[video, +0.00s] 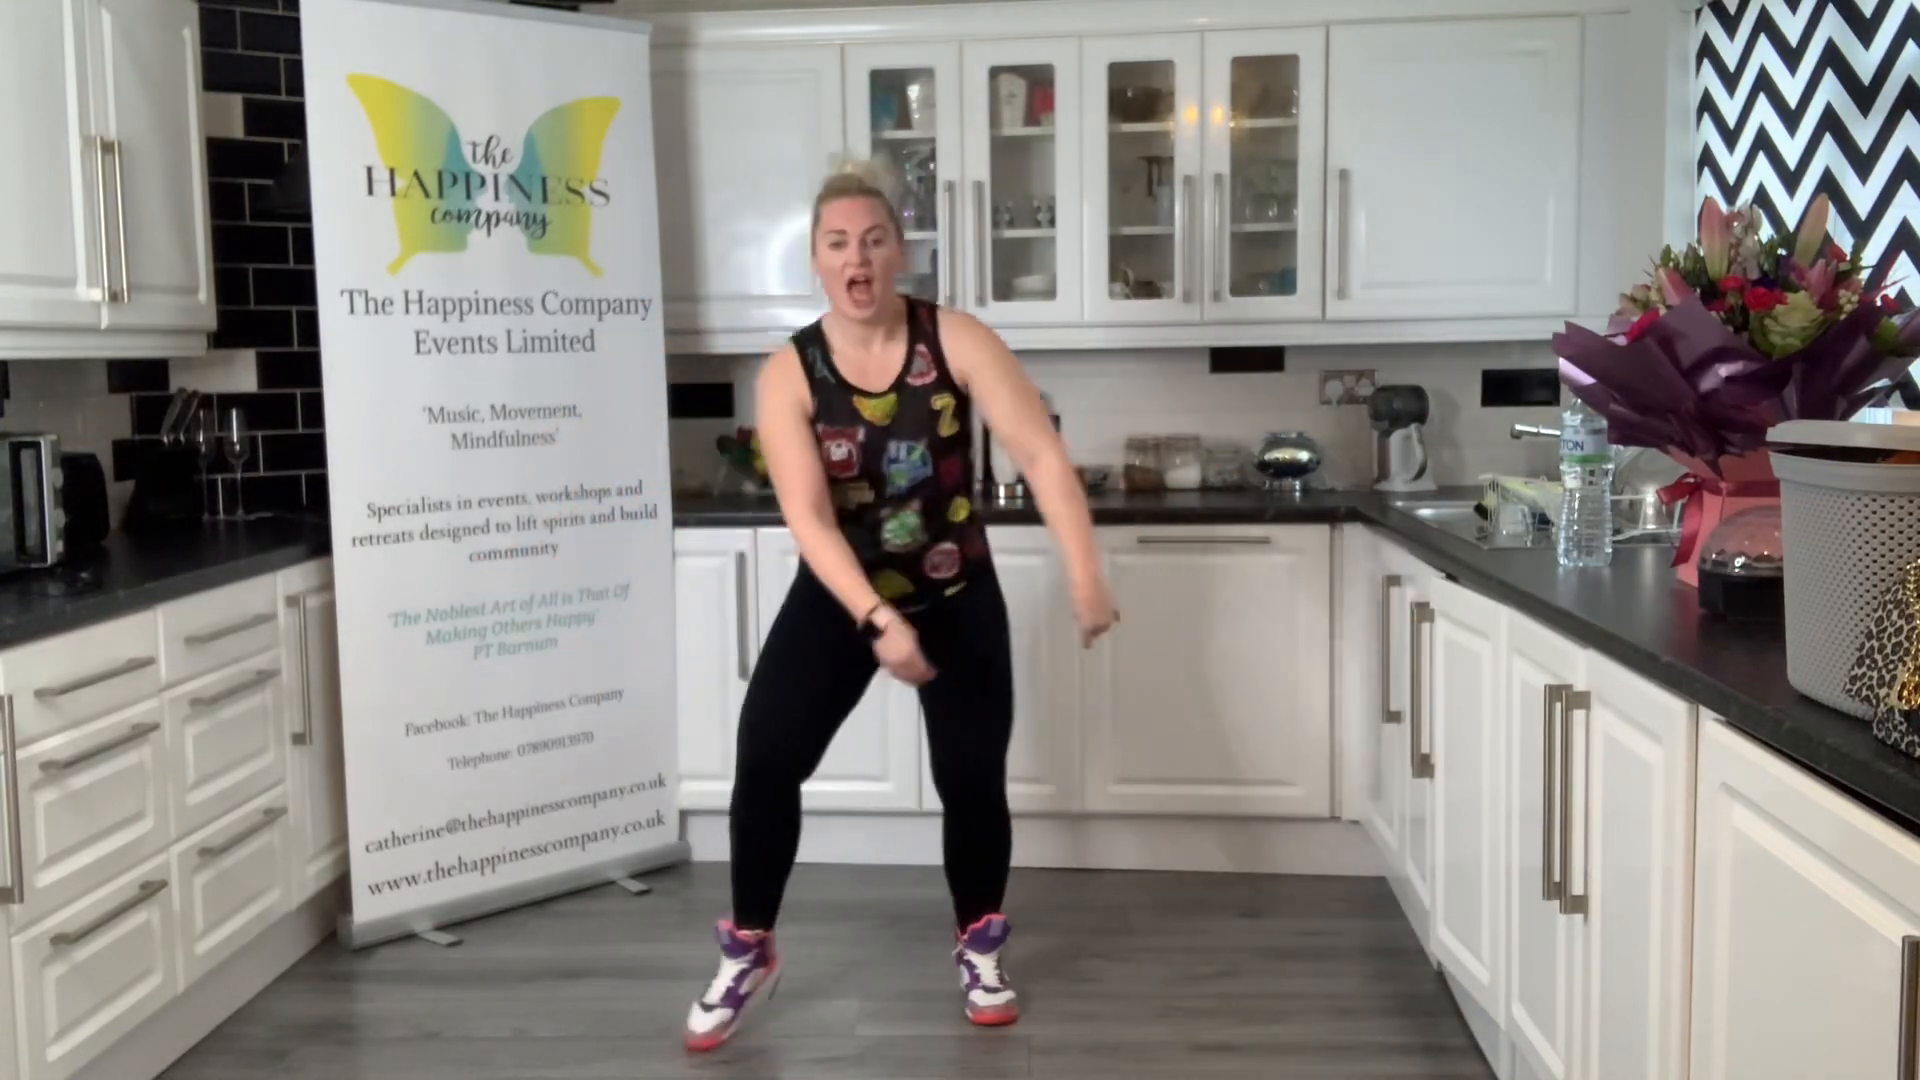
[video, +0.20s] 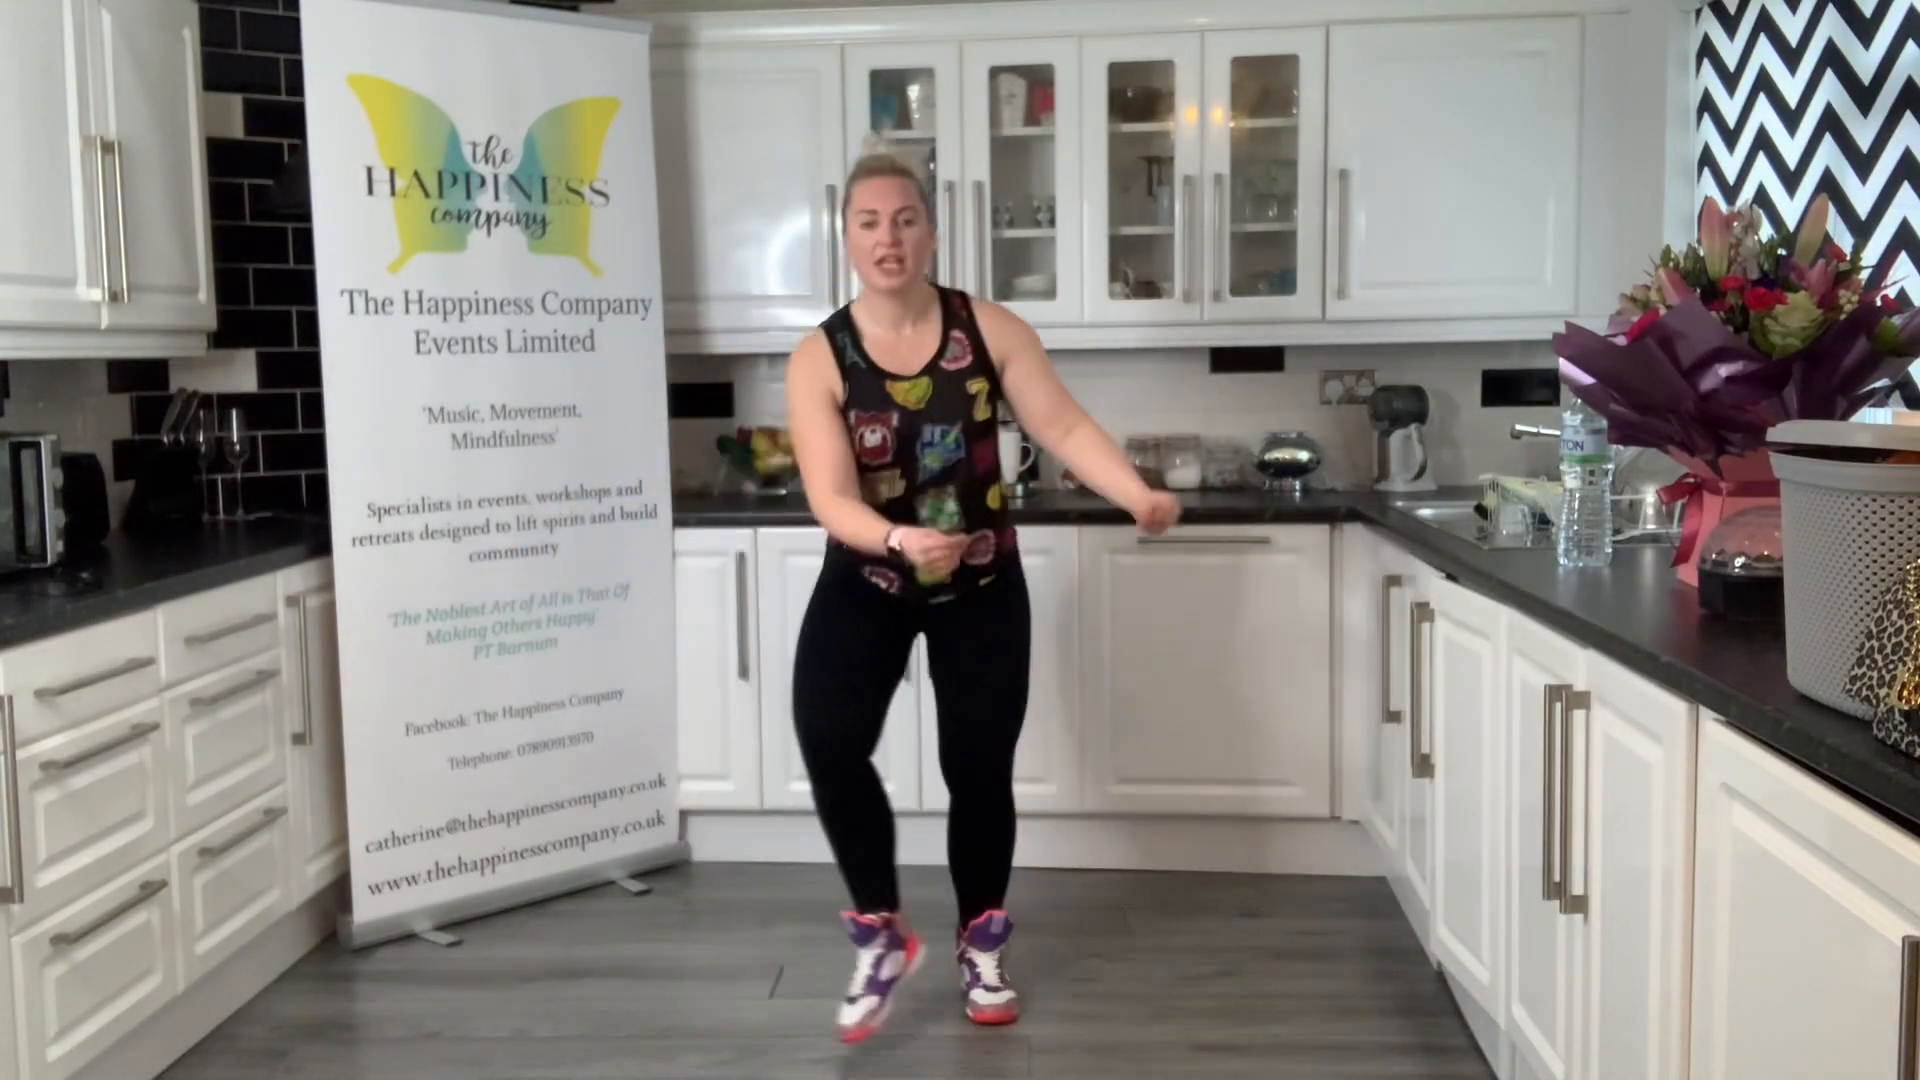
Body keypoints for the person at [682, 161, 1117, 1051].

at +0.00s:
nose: (856, 258)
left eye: (873, 240)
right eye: (838, 244)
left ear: (902, 252)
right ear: (815, 262)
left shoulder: (959, 340)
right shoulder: (790, 373)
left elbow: (1040, 451)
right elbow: (807, 519)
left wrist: (1085, 575)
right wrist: (877, 617)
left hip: (954, 587)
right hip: (841, 585)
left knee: (972, 777)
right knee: (765, 756)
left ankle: (981, 949)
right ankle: (749, 950)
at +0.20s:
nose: (888, 237)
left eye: (905, 219)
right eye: (870, 222)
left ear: (931, 231)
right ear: (846, 240)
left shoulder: (991, 330)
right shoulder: (819, 359)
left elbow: (1065, 427)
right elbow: (829, 501)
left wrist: (1135, 493)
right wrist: (899, 539)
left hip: (980, 580)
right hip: (866, 579)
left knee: (980, 767)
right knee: (827, 739)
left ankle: (982, 947)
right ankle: (881, 935)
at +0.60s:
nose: (903, 244)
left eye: (920, 229)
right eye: (885, 230)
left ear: (945, 246)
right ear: (861, 249)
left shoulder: (988, 352)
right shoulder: (824, 361)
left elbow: (1051, 472)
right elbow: (802, 507)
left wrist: (1122, 558)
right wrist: (884, 570)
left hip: (979, 585)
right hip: (864, 584)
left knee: (983, 769)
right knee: (801, 730)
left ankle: (983, 946)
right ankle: (829, 914)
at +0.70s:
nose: (895, 224)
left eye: (913, 208)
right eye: (877, 208)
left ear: (938, 223)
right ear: (853, 225)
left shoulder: (982, 341)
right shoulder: (810, 340)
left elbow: (1015, 475)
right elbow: (768, 481)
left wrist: (1045, 603)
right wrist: (831, 592)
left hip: (957, 587)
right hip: (837, 583)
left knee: (963, 770)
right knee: (793, 766)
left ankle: (983, 945)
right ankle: (777, 922)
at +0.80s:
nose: (884, 225)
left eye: (901, 208)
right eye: (866, 209)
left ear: (928, 221)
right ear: (841, 224)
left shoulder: (968, 342)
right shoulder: (797, 334)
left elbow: (963, 484)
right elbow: (716, 455)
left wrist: (943, 610)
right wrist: (735, 590)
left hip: (925, 585)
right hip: (810, 588)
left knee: (947, 773)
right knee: (789, 776)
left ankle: (980, 948)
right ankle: (761, 943)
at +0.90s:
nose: (866, 235)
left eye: (883, 219)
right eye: (847, 220)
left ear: (908, 237)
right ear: (822, 238)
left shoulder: (942, 357)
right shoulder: (773, 339)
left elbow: (920, 501)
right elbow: (670, 433)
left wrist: (859, 610)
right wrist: (633, 566)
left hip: (891, 579)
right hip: (774, 584)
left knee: (941, 765)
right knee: (770, 773)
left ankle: (976, 941)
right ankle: (759, 948)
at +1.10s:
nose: (834, 240)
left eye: (851, 223)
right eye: (815, 225)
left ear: (877, 238)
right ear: (790, 242)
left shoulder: (908, 364)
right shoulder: (736, 334)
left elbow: (887, 505)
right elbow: (626, 402)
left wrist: (782, 535)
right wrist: (556, 470)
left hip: (849, 581)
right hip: (736, 582)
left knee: (892, 737)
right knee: (749, 769)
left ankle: (867, 908)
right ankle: (756, 946)